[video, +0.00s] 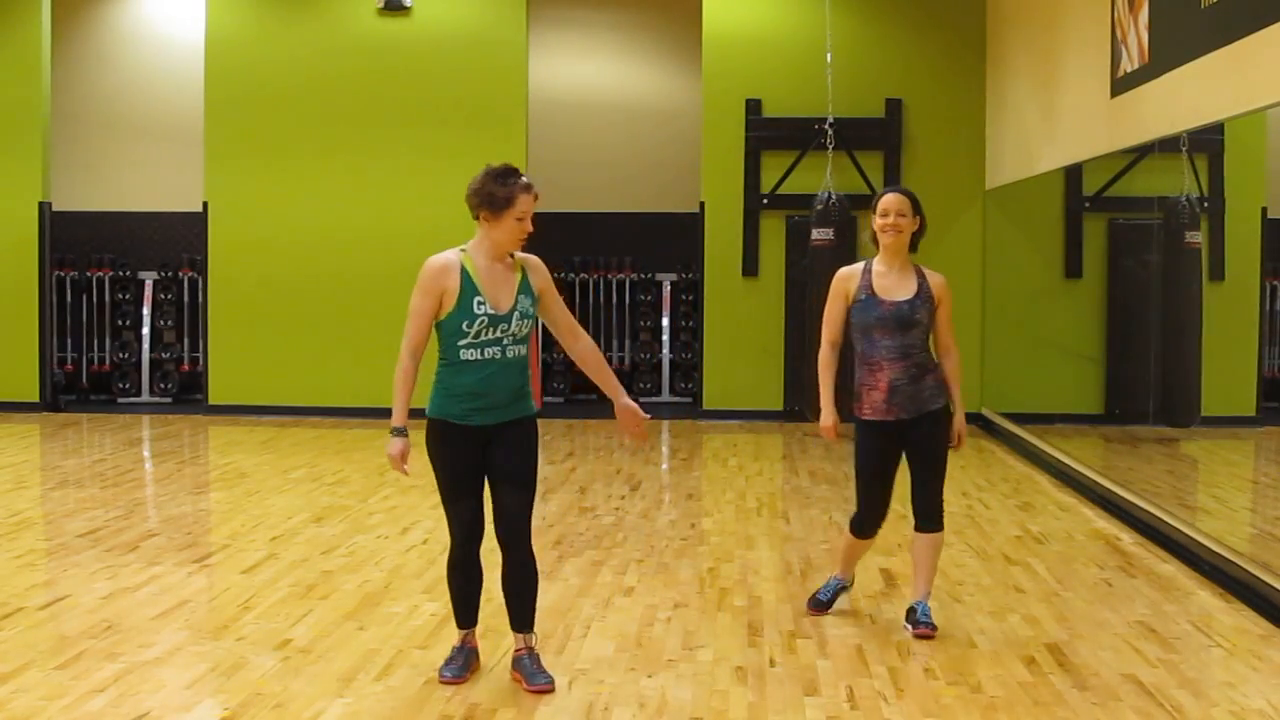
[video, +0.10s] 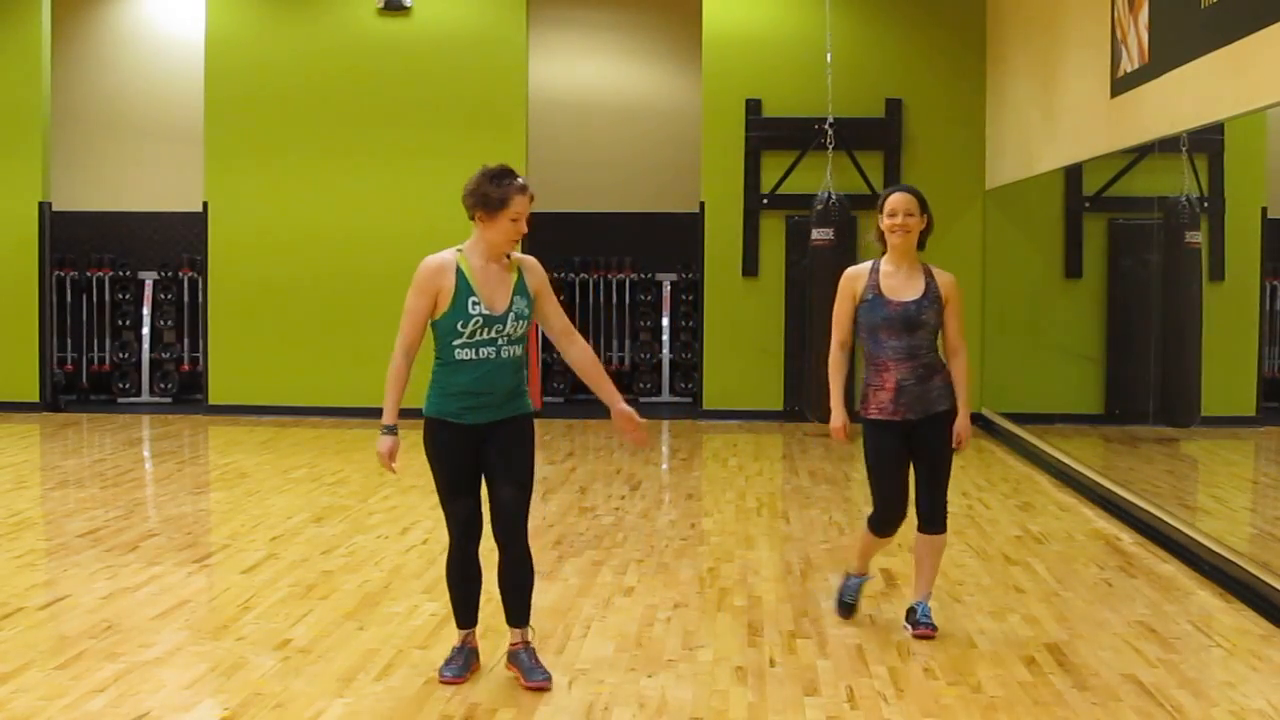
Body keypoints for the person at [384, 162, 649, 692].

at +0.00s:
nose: (529, 227)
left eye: (531, 218)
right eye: (522, 218)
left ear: (515, 218)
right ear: (488, 216)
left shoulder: (531, 271)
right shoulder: (442, 270)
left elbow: (574, 338)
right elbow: (410, 352)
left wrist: (620, 397)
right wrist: (399, 428)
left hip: (515, 425)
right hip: (454, 428)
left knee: (516, 538)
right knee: (465, 538)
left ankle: (524, 646)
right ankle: (466, 641)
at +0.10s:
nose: (524, 228)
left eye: (526, 218)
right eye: (516, 219)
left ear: (514, 218)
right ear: (482, 217)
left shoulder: (528, 272)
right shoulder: (438, 270)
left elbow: (569, 341)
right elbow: (404, 350)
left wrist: (616, 402)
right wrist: (389, 424)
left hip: (511, 424)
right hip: (451, 426)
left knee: (513, 535)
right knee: (463, 536)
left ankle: (520, 642)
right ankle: (466, 641)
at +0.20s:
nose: (523, 226)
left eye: (524, 216)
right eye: (514, 217)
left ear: (515, 217)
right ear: (480, 217)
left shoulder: (529, 271)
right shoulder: (436, 272)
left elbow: (561, 345)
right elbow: (402, 352)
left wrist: (600, 415)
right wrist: (383, 424)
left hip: (509, 423)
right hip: (449, 424)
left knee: (498, 531)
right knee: (463, 536)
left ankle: (509, 638)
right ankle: (466, 641)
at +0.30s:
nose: (516, 221)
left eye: (519, 211)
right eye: (505, 212)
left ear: (522, 214)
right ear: (474, 215)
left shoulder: (534, 274)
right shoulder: (440, 274)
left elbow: (552, 350)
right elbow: (407, 353)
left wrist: (565, 420)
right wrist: (383, 426)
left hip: (511, 424)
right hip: (451, 424)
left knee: (496, 531)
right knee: (462, 535)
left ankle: (501, 641)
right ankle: (467, 641)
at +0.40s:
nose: (498, 207)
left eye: (507, 200)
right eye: (487, 200)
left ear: (520, 214)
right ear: (469, 213)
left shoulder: (539, 276)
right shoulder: (444, 274)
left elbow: (546, 357)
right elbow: (415, 353)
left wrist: (531, 425)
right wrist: (393, 425)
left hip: (515, 424)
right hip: (453, 425)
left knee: (526, 538)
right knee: (463, 538)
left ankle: (519, 636)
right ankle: (466, 641)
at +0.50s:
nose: (505, 205)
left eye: (514, 198)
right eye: (494, 199)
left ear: (527, 212)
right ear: (477, 213)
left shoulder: (547, 277)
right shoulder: (451, 272)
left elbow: (543, 364)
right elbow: (423, 349)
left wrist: (508, 425)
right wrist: (402, 422)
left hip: (518, 420)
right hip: (456, 421)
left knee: (548, 531)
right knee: (466, 535)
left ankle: (565, 639)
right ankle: (467, 642)